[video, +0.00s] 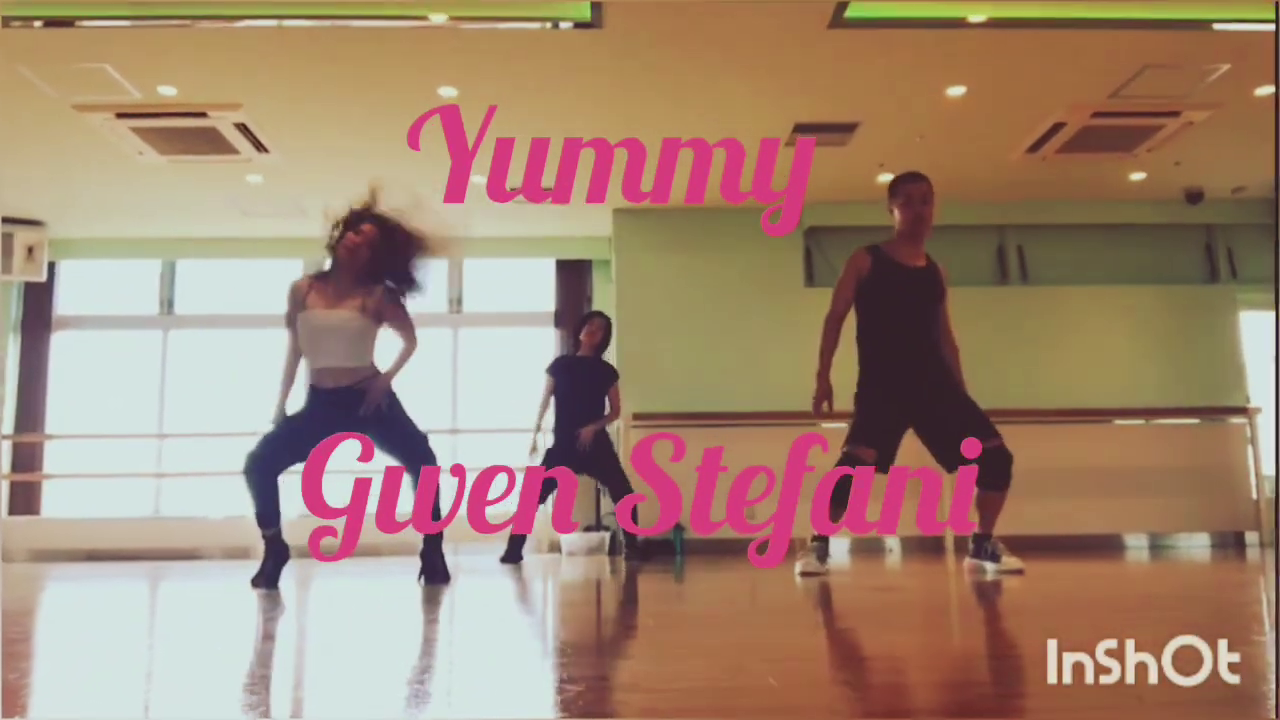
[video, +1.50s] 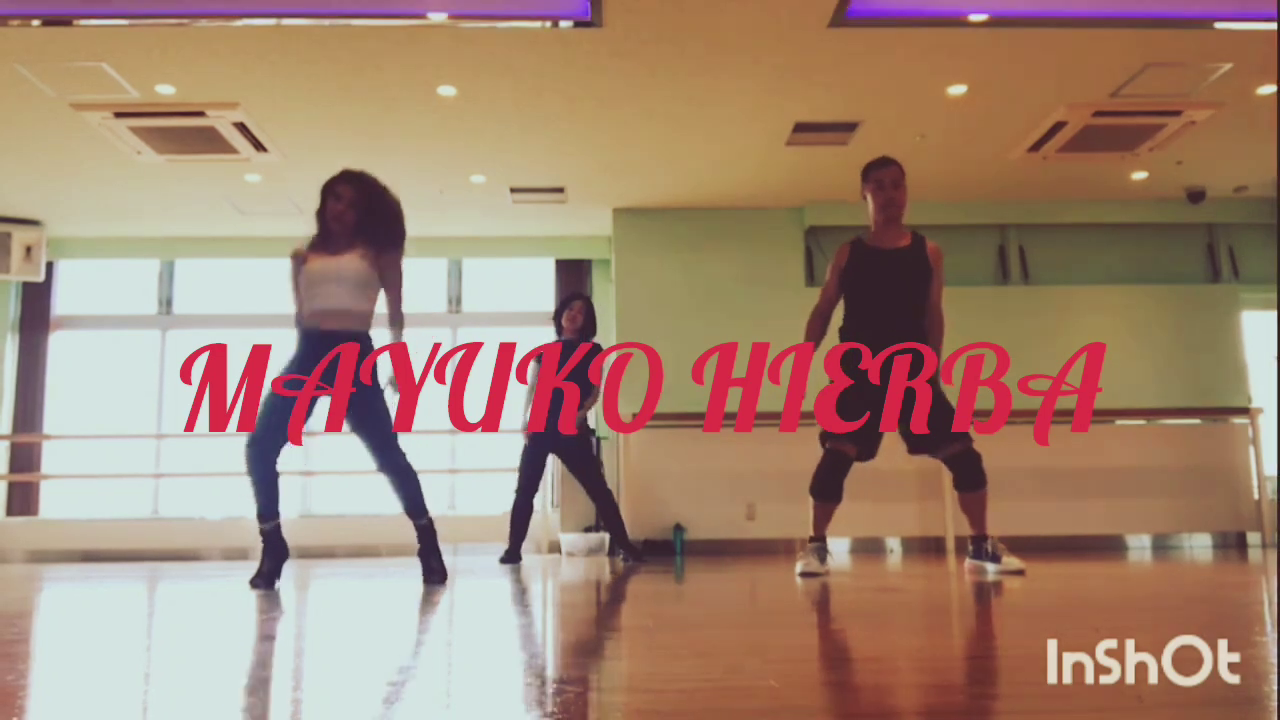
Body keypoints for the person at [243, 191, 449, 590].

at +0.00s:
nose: (352, 238)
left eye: (363, 237)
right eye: (352, 231)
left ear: (375, 256)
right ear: (339, 237)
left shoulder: (378, 296)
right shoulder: (303, 290)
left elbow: (410, 342)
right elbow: (294, 349)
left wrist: (385, 379)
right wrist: (282, 403)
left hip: (370, 404)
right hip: (321, 407)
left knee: (423, 460)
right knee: (259, 465)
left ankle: (433, 550)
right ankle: (274, 548)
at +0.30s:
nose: (349, 217)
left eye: (361, 216)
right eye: (348, 207)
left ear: (371, 231)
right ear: (334, 211)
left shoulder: (370, 264)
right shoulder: (297, 259)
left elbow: (404, 311)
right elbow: (286, 322)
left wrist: (391, 344)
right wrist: (282, 381)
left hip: (382, 365)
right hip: (333, 376)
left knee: (419, 455)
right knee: (273, 465)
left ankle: (432, 550)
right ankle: (271, 549)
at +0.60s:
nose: (353, 202)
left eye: (363, 198)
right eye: (348, 194)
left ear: (375, 210)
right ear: (334, 199)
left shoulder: (384, 252)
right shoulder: (306, 251)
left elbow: (413, 301)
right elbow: (294, 312)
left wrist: (382, 333)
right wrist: (295, 354)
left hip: (356, 359)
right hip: (307, 355)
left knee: (403, 448)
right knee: (269, 450)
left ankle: (423, 544)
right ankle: (270, 546)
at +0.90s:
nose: (346, 240)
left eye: (356, 237)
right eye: (340, 232)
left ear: (367, 250)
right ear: (326, 240)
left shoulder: (375, 291)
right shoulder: (299, 297)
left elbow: (427, 326)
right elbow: (299, 362)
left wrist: (394, 362)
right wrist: (300, 413)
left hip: (373, 404)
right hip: (322, 411)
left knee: (428, 465)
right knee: (241, 465)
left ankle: (429, 549)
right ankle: (269, 550)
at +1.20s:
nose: (346, 210)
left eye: (356, 205)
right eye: (339, 200)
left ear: (368, 215)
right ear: (326, 204)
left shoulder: (374, 253)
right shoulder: (297, 254)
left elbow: (405, 304)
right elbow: (286, 317)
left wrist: (390, 341)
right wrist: (283, 374)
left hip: (380, 355)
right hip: (332, 362)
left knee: (410, 447)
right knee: (273, 456)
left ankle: (430, 548)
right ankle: (272, 548)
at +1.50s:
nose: (339, 209)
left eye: (350, 203)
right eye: (334, 199)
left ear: (364, 212)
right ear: (323, 204)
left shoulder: (380, 255)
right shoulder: (304, 256)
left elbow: (395, 313)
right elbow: (303, 314)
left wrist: (398, 363)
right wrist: (305, 358)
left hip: (354, 360)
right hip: (308, 358)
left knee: (387, 453)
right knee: (260, 447)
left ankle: (428, 543)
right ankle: (272, 543)